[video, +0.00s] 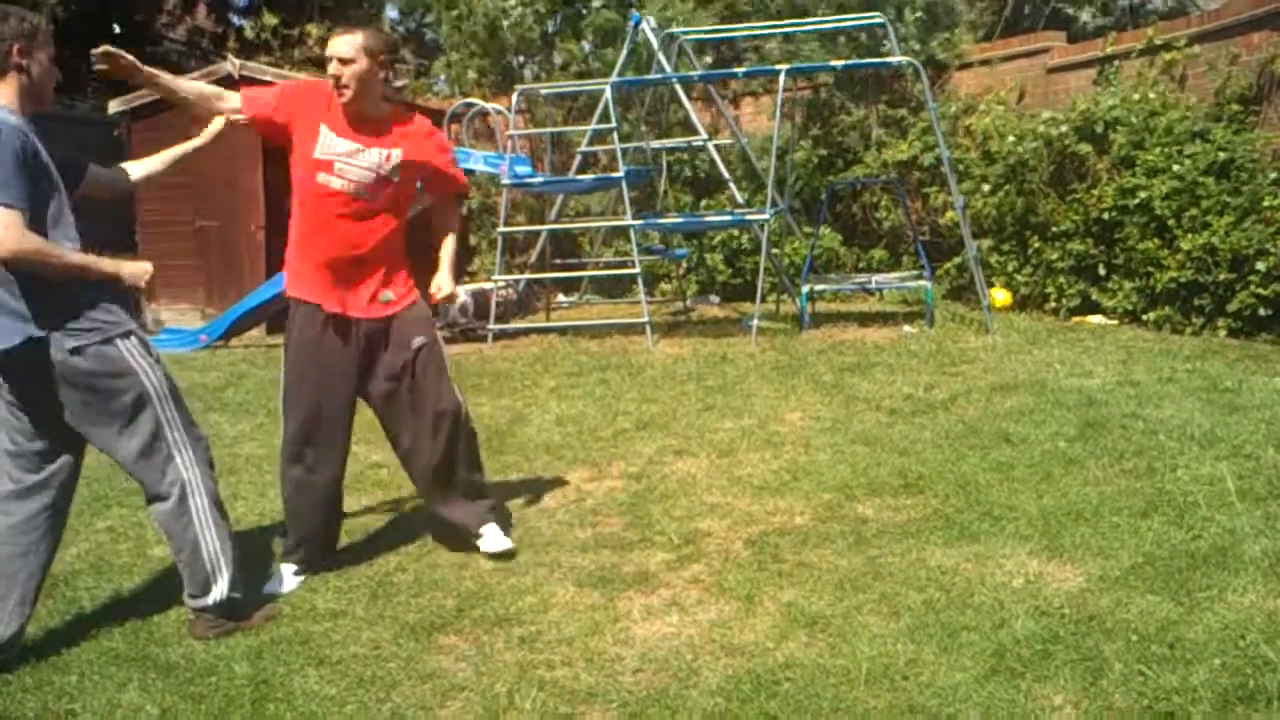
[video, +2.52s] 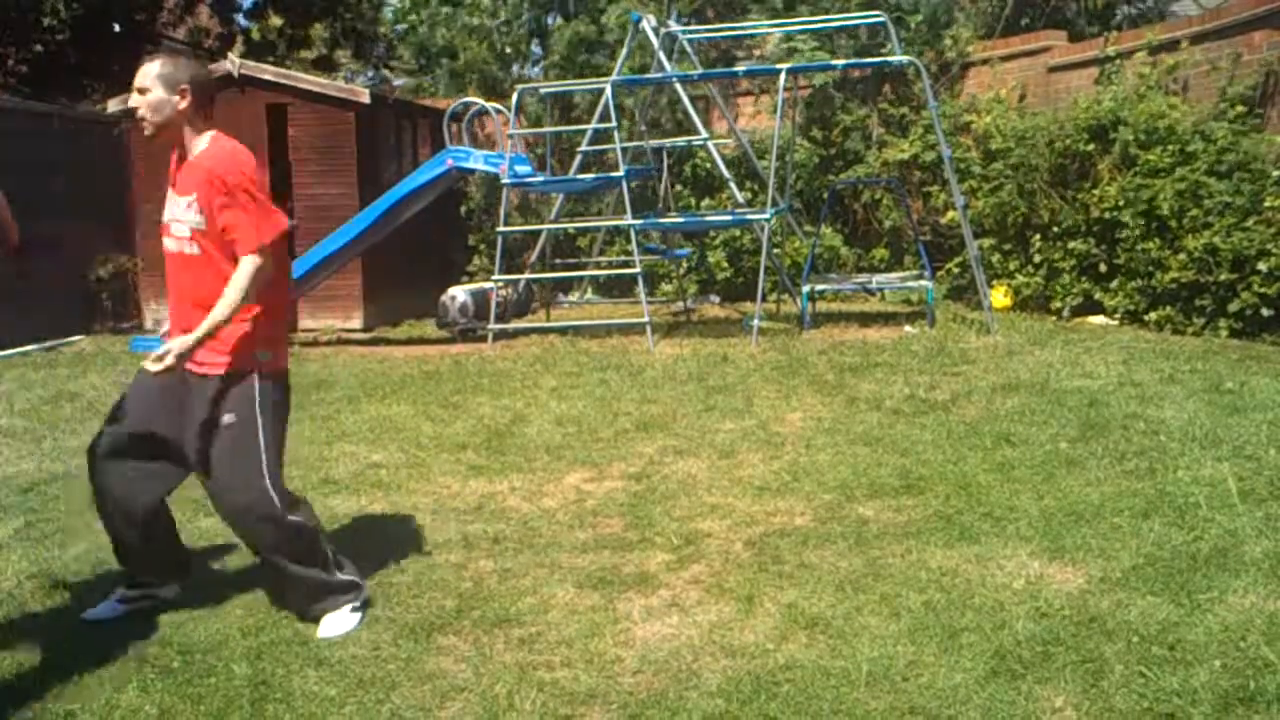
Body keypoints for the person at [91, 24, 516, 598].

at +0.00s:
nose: (334, 71)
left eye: (345, 62)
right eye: (330, 61)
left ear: (380, 67)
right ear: (326, 64)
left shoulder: (418, 135)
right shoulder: (305, 101)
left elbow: (452, 201)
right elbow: (224, 101)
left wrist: (447, 269)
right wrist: (145, 75)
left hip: (391, 295)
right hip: (316, 296)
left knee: (440, 409)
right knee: (309, 428)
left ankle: (476, 516)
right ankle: (302, 552)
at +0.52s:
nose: (304, 67)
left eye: (313, 56)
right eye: (301, 58)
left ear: (351, 55)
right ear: (309, 62)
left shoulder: (409, 115)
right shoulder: (300, 108)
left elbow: (481, 167)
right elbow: (224, 128)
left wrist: (507, 227)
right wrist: (158, 92)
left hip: (391, 308)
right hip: (320, 304)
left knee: (433, 434)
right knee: (286, 433)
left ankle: (500, 543)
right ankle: (257, 556)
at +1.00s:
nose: (184, 125)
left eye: (190, 116)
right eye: (182, 118)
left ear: (218, 118)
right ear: (242, 122)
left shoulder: (229, 144)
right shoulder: (287, 171)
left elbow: (198, 128)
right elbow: (348, 224)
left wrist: (114, 98)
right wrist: (408, 273)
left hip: (279, 332)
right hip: (257, 341)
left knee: (313, 462)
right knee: (202, 453)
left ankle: (458, 532)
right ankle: (218, 582)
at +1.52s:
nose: (218, 91)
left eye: (229, 81)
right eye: (220, 81)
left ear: (269, 91)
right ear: (259, 92)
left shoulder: (320, 166)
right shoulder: (229, 152)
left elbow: (388, 233)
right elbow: (187, 179)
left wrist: (393, 326)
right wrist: (101, 171)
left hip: (301, 357)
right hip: (236, 353)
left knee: (306, 494)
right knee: (194, 468)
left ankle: (390, 589)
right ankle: (210, 586)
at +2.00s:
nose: (164, 95)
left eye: (175, 84)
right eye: (166, 85)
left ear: (208, 87)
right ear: (211, 91)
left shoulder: (224, 141)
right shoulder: (232, 142)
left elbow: (223, 241)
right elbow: (233, 250)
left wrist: (157, 299)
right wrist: (168, 297)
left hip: (269, 340)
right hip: (237, 344)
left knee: (288, 480)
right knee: (191, 462)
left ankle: (394, 582)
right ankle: (215, 581)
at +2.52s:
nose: (134, 105)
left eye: (144, 93)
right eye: (135, 93)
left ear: (183, 100)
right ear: (179, 101)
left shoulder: (227, 162)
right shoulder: (185, 162)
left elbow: (258, 259)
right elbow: (212, 257)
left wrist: (194, 337)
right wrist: (179, 328)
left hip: (243, 367)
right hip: (185, 360)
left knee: (249, 496)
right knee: (117, 460)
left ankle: (337, 590)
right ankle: (157, 580)